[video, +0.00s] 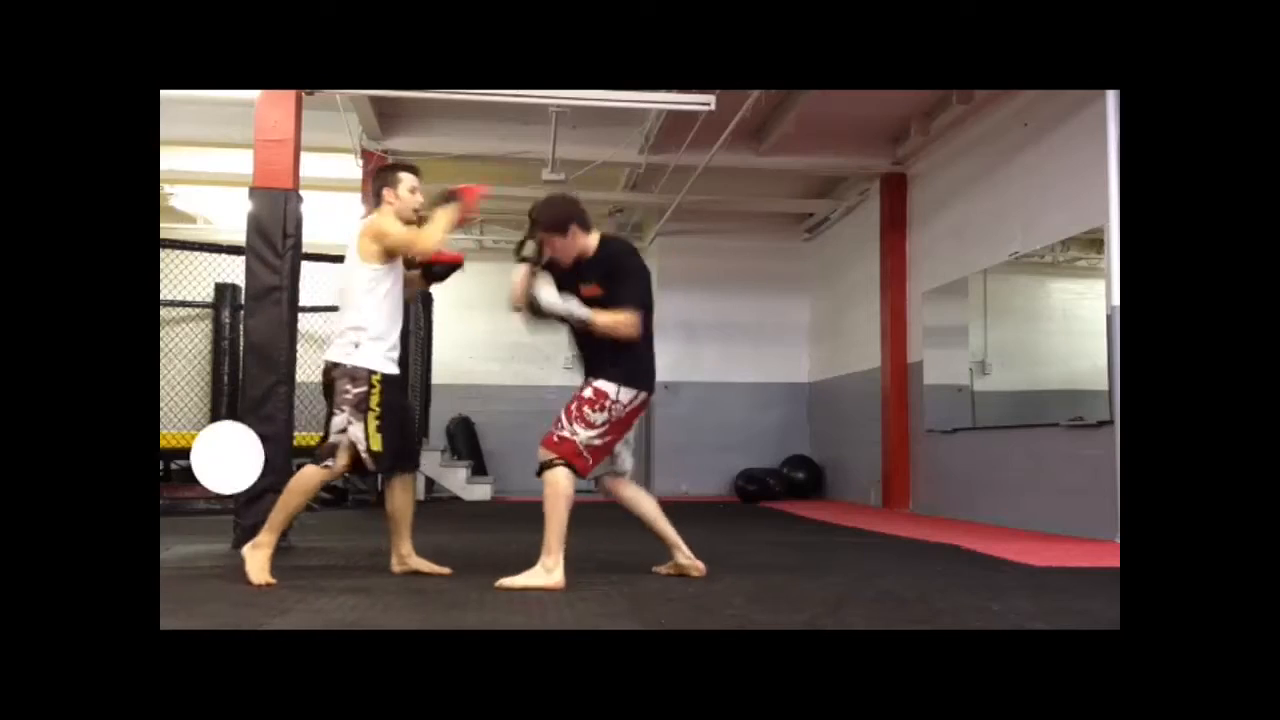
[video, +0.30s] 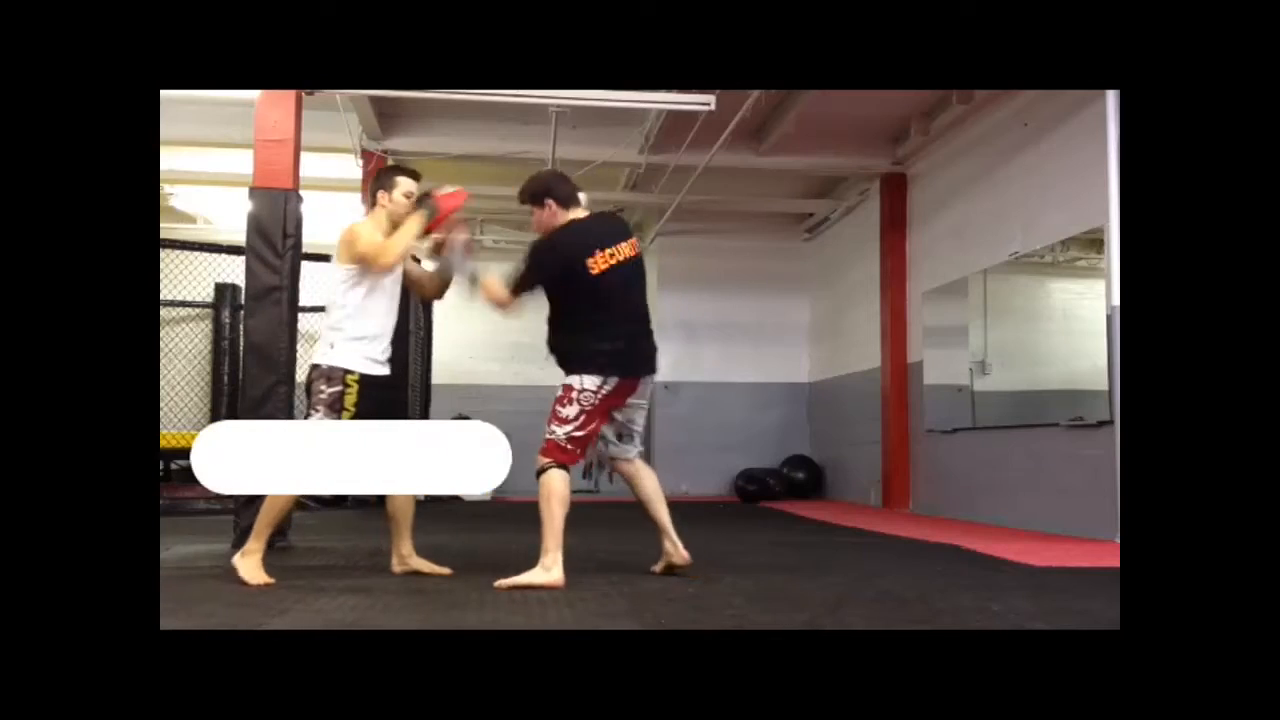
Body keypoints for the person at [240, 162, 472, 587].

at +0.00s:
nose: (421, 199)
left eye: (420, 192)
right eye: (413, 191)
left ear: (392, 197)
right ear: (388, 194)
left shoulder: (387, 233)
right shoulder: (379, 223)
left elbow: (390, 287)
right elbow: (424, 244)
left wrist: (428, 276)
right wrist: (447, 212)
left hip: (381, 363)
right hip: (358, 362)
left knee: (401, 460)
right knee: (336, 458)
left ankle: (403, 553)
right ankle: (262, 544)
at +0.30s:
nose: (414, 205)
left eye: (417, 199)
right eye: (407, 195)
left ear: (409, 206)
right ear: (381, 196)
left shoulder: (398, 244)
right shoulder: (355, 233)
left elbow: (430, 289)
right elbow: (384, 259)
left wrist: (449, 257)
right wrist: (420, 218)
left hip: (379, 370)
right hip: (338, 367)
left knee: (399, 458)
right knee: (310, 459)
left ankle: (404, 553)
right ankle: (251, 551)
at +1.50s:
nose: (348, 199)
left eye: (347, 191)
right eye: (341, 191)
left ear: (324, 194)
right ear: (314, 193)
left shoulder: (339, 242)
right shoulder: (272, 237)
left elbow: (346, 293)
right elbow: (248, 301)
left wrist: (388, 302)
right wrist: (311, 291)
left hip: (353, 364)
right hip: (305, 367)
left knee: (402, 444)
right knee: (284, 462)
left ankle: (391, 535)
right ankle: (247, 560)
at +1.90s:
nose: (391, 214)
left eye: (392, 206)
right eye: (386, 205)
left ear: (369, 203)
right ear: (361, 201)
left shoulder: (370, 242)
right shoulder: (309, 233)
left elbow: (408, 260)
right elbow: (278, 287)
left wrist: (436, 238)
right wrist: (343, 280)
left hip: (347, 366)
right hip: (302, 363)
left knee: (363, 456)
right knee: (279, 457)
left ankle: (362, 549)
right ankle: (221, 540)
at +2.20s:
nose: (351, 215)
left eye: (352, 207)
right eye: (346, 206)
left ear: (324, 206)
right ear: (320, 203)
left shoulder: (317, 251)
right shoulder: (274, 236)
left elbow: (298, 305)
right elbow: (248, 293)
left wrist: (339, 306)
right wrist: (316, 300)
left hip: (301, 373)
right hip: (260, 371)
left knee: (340, 455)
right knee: (247, 466)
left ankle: (354, 547)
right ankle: (197, 552)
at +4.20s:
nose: (422, 202)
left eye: (422, 194)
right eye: (415, 194)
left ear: (399, 198)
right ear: (392, 197)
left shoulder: (401, 242)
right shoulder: (365, 236)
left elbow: (423, 291)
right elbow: (381, 279)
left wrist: (451, 267)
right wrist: (414, 238)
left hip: (398, 369)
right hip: (363, 369)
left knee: (424, 459)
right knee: (342, 463)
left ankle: (423, 549)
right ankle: (271, 542)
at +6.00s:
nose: (390, 206)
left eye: (392, 198)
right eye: (385, 197)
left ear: (371, 199)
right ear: (360, 197)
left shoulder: (375, 243)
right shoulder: (312, 233)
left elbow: (408, 275)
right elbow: (287, 288)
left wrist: (432, 240)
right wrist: (349, 276)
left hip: (355, 365)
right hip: (308, 361)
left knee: (377, 455)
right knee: (294, 457)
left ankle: (355, 546)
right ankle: (256, 556)